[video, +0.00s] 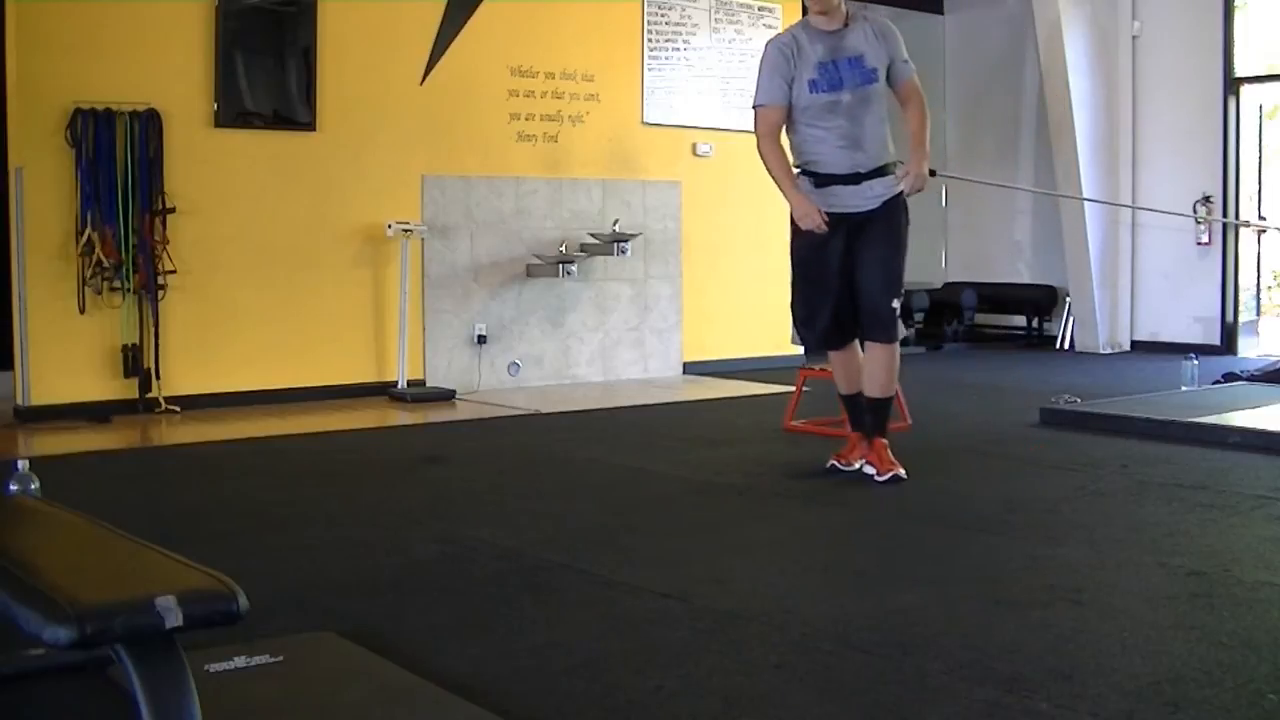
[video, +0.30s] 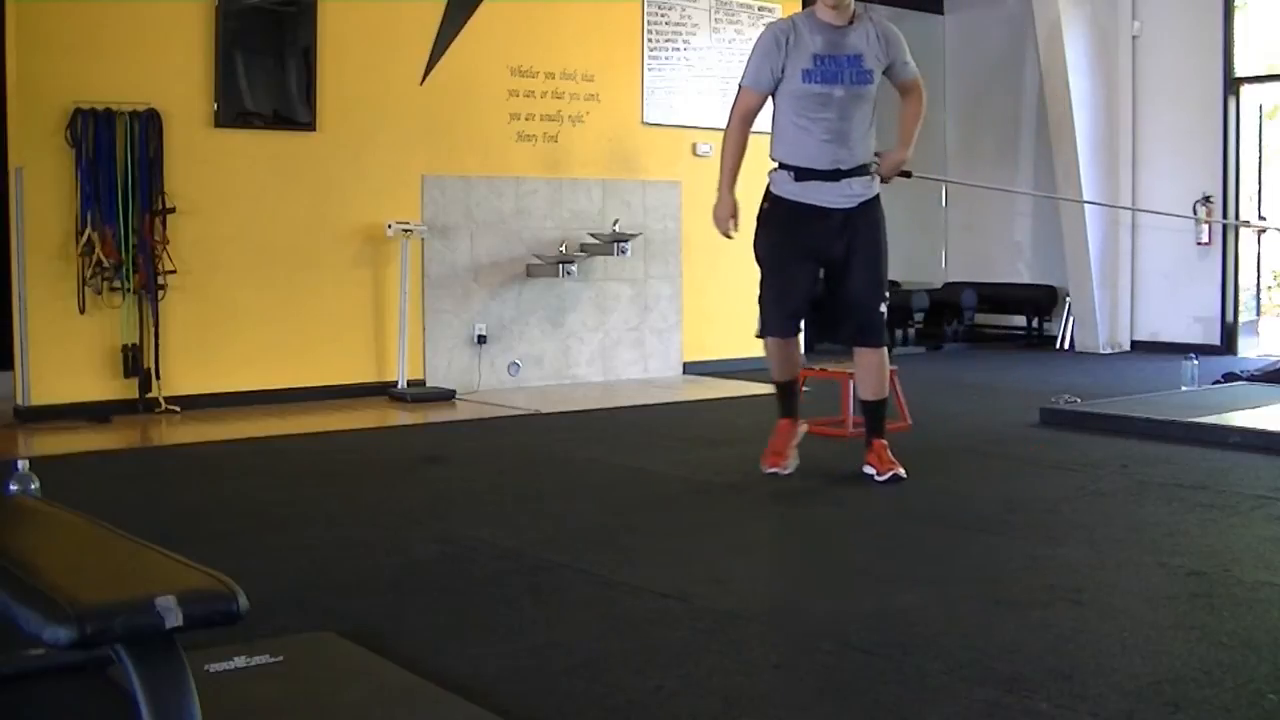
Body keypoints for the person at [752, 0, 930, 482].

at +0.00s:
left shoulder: (879, 31)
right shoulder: (784, 50)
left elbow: (911, 97)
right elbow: (767, 136)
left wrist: (919, 154)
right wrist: (794, 197)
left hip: (881, 201)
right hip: (819, 207)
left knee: (881, 319)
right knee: (833, 327)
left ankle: (878, 441)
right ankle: (858, 437)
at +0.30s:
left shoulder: (881, 33)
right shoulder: (781, 37)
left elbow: (912, 91)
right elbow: (742, 116)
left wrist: (903, 150)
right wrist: (725, 191)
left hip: (859, 205)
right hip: (791, 203)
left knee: (869, 325)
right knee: (778, 322)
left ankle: (876, 445)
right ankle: (787, 422)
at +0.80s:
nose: (772, 3)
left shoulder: (813, 39)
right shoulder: (713, 52)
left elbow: (829, 93)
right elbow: (668, 129)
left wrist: (836, 158)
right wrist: (661, 197)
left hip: (806, 213)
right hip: (736, 214)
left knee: (837, 333)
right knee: (727, 338)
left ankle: (870, 446)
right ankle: (711, 462)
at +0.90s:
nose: (761, 5)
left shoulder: (789, 34)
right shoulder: (692, 50)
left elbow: (810, 87)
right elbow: (655, 125)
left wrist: (819, 154)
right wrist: (652, 189)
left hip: (788, 211)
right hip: (720, 212)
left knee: (821, 330)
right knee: (716, 338)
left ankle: (858, 445)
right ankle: (710, 463)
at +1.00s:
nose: (758, 1)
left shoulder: (770, 23)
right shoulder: (679, 41)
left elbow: (792, 82)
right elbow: (648, 120)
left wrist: (813, 142)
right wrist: (647, 181)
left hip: (775, 207)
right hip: (708, 209)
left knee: (806, 330)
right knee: (709, 338)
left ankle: (835, 448)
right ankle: (709, 464)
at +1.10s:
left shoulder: (763, 19)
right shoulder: (674, 32)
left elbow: (780, 85)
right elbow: (643, 117)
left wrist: (810, 137)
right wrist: (647, 186)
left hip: (768, 203)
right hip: (703, 205)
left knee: (791, 329)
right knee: (708, 338)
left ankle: (803, 452)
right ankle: (709, 464)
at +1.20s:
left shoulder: (762, 20)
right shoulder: (678, 25)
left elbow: (775, 91)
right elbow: (643, 115)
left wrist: (810, 144)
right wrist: (648, 193)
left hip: (765, 202)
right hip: (703, 202)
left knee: (782, 331)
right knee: (708, 338)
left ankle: (799, 453)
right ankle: (709, 464)